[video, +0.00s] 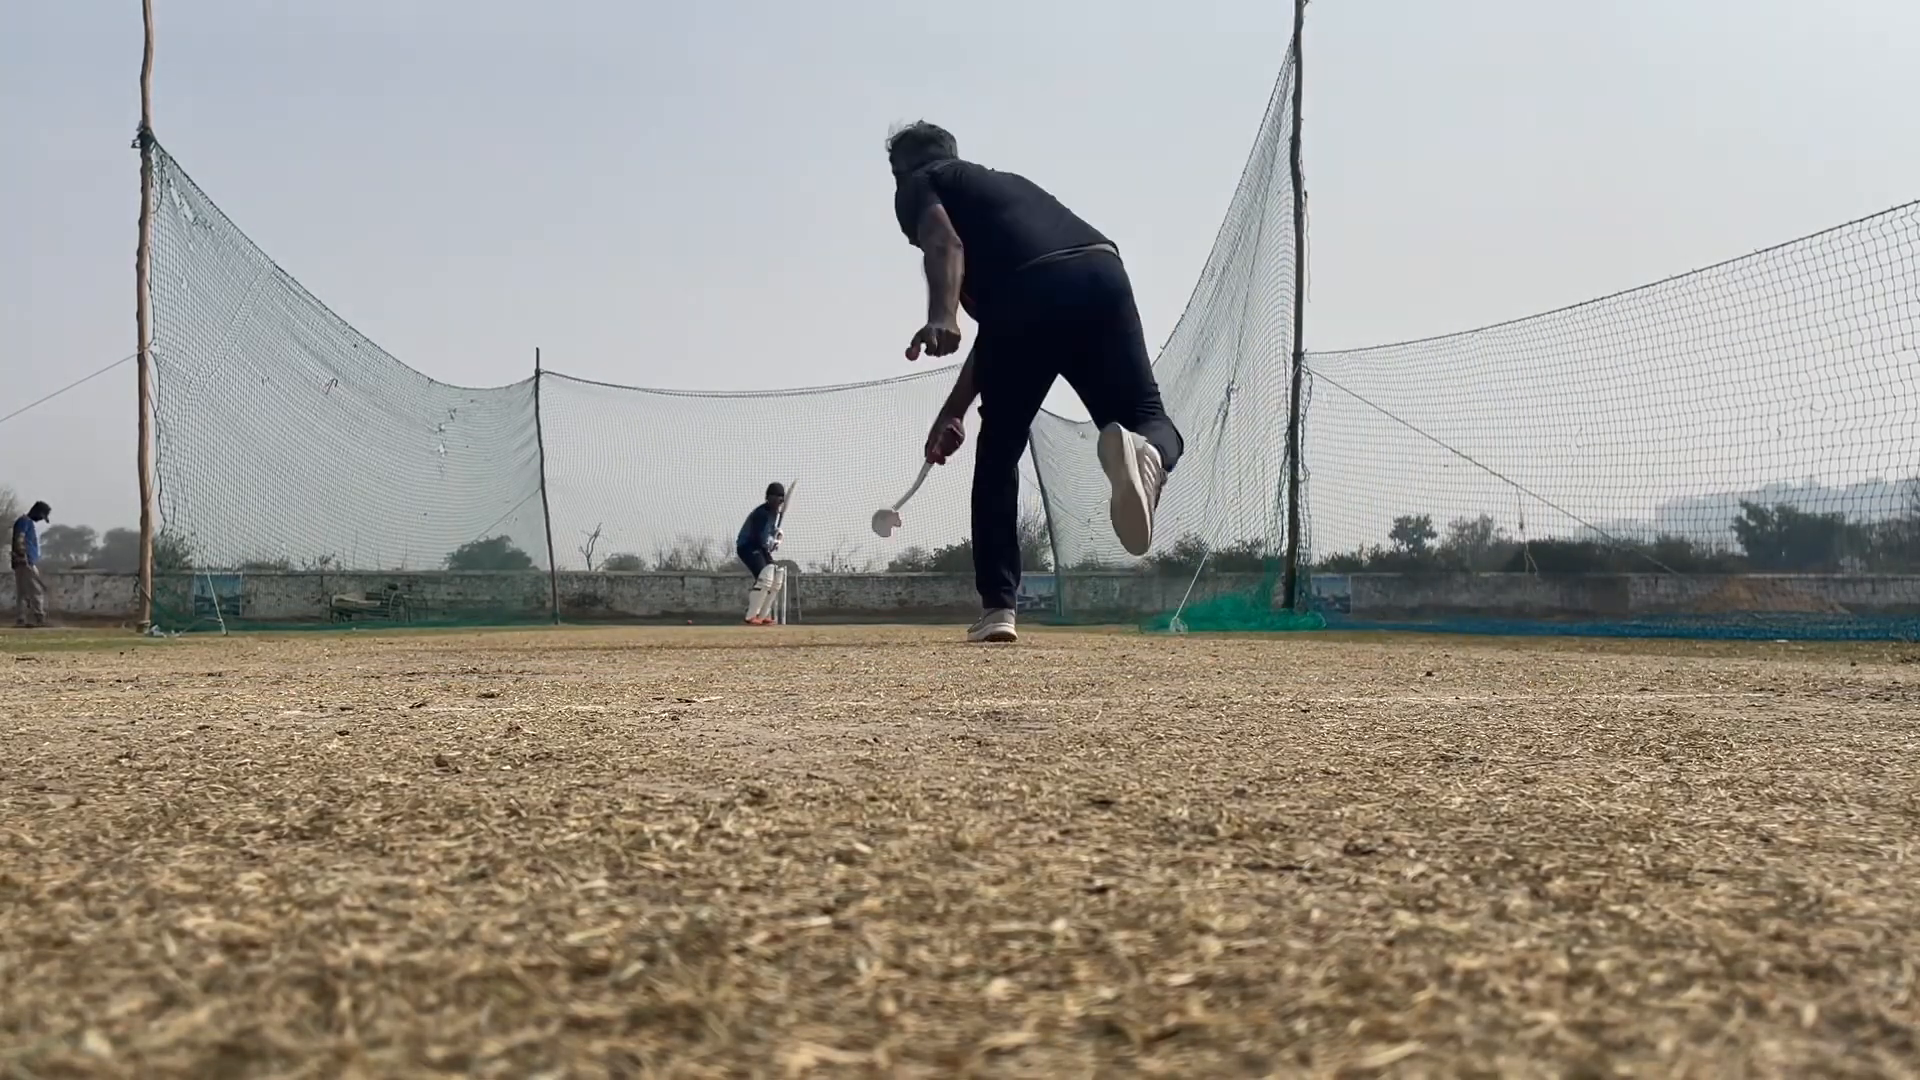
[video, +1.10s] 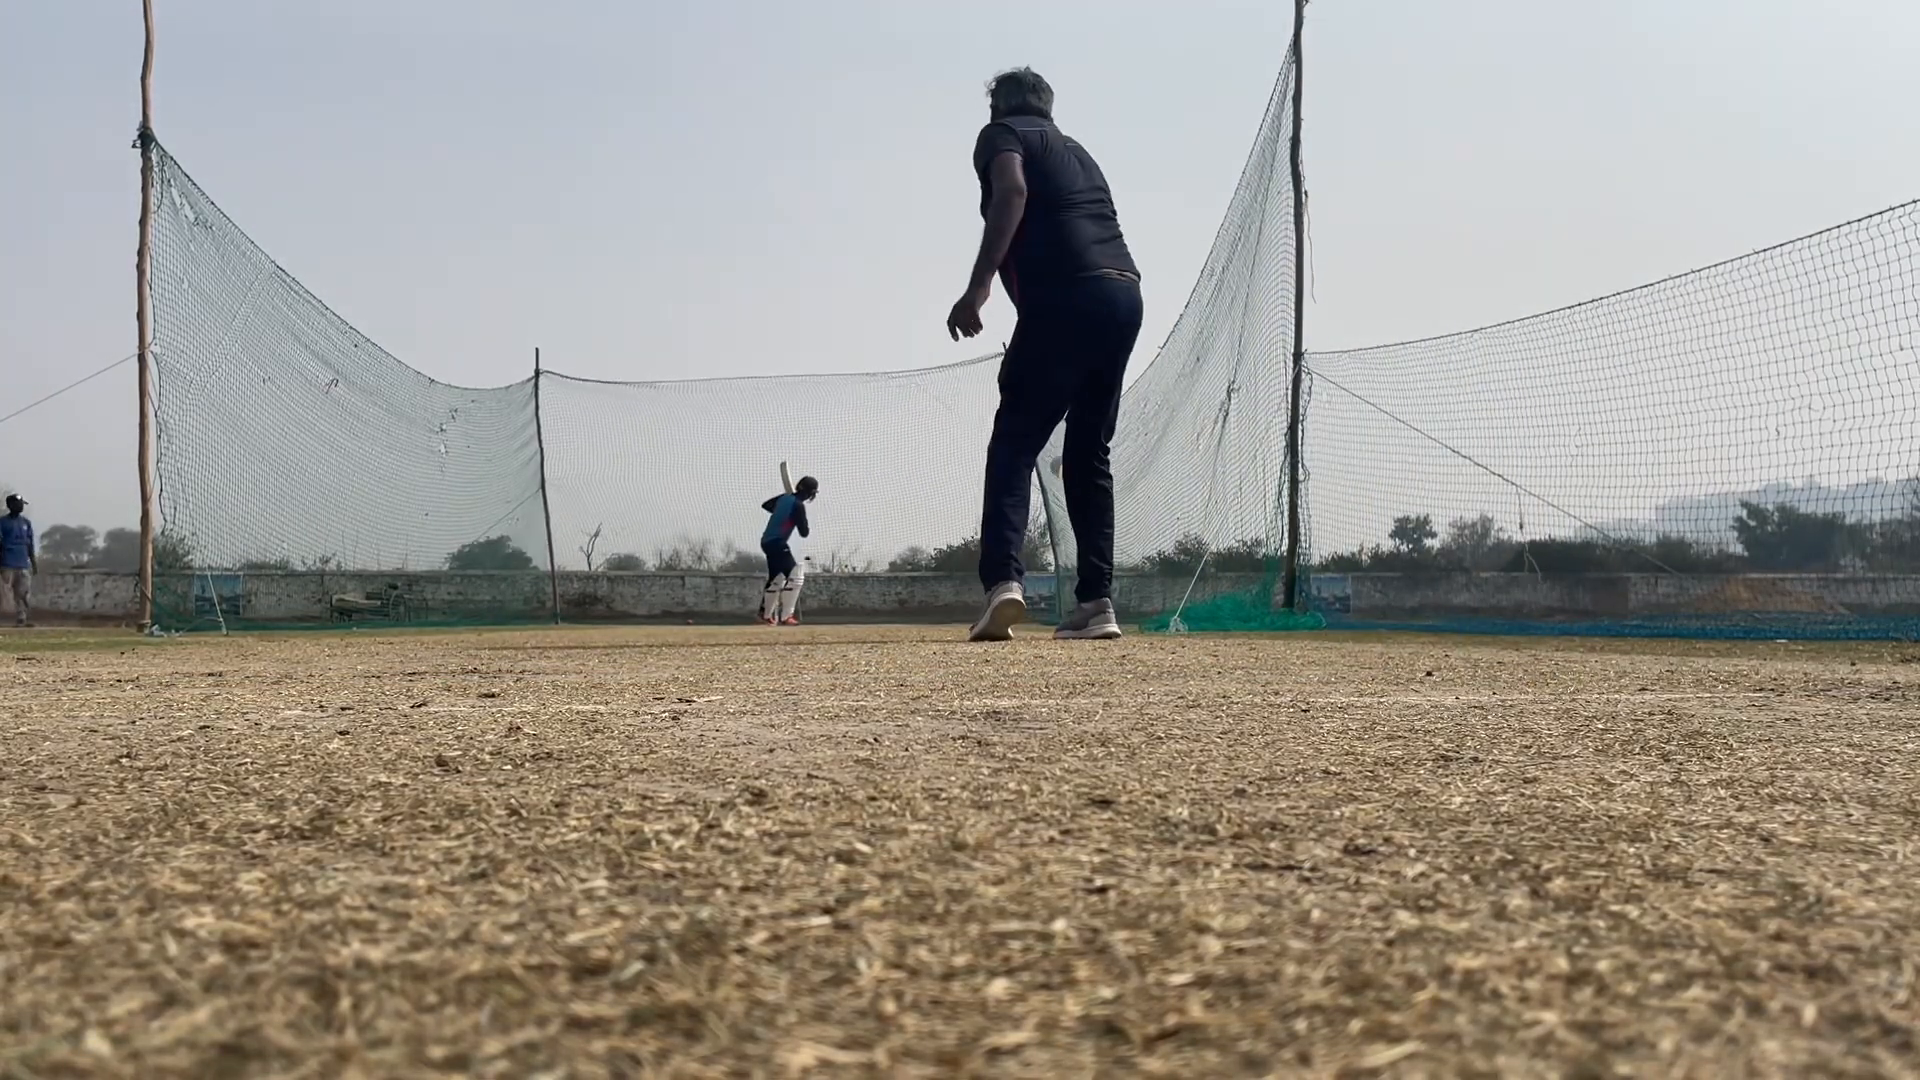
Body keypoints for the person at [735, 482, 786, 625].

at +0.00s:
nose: (781, 500)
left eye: (783, 496)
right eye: (778, 496)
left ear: (782, 498)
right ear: (769, 497)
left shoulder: (773, 513)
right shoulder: (762, 513)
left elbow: (772, 529)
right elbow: (762, 538)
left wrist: (777, 535)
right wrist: (772, 543)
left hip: (760, 547)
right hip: (747, 547)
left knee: (777, 577)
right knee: (766, 575)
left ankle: (763, 615)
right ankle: (751, 615)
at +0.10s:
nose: (785, 504)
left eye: (787, 501)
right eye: (783, 501)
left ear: (787, 502)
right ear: (774, 500)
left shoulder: (777, 514)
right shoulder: (767, 515)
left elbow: (775, 527)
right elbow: (764, 541)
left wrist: (781, 532)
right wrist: (778, 544)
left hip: (762, 545)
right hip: (749, 545)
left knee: (777, 576)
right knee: (766, 572)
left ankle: (765, 613)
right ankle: (756, 614)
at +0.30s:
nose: (792, 508)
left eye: (795, 505)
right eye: (790, 504)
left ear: (796, 504)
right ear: (783, 501)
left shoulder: (784, 512)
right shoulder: (774, 514)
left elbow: (783, 522)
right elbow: (770, 540)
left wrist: (790, 527)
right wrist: (785, 541)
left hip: (766, 543)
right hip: (754, 544)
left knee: (768, 577)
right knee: (771, 575)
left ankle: (762, 615)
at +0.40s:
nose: (800, 507)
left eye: (802, 504)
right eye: (799, 503)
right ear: (792, 500)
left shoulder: (788, 511)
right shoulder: (780, 511)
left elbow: (792, 524)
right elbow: (777, 538)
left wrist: (794, 529)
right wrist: (791, 538)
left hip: (768, 543)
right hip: (759, 544)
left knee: (772, 578)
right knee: (777, 576)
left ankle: (763, 615)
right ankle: (782, 615)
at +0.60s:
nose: (811, 502)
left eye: (812, 499)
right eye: (810, 498)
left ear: (798, 493)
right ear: (804, 496)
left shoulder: (784, 499)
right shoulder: (793, 508)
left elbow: (767, 505)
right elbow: (797, 535)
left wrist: (782, 515)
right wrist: (802, 528)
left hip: (763, 542)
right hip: (770, 544)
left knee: (773, 578)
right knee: (790, 573)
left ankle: (764, 615)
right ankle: (785, 616)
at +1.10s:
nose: (812, 496)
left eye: (813, 492)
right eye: (813, 492)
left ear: (799, 487)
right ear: (808, 492)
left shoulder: (784, 497)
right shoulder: (798, 505)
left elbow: (766, 505)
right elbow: (804, 532)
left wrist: (783, 513)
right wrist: (798, 516)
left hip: (768, 542)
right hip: (778, 543)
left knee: (777, 578)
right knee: (795, 575)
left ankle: (766, 614)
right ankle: (786, 616)